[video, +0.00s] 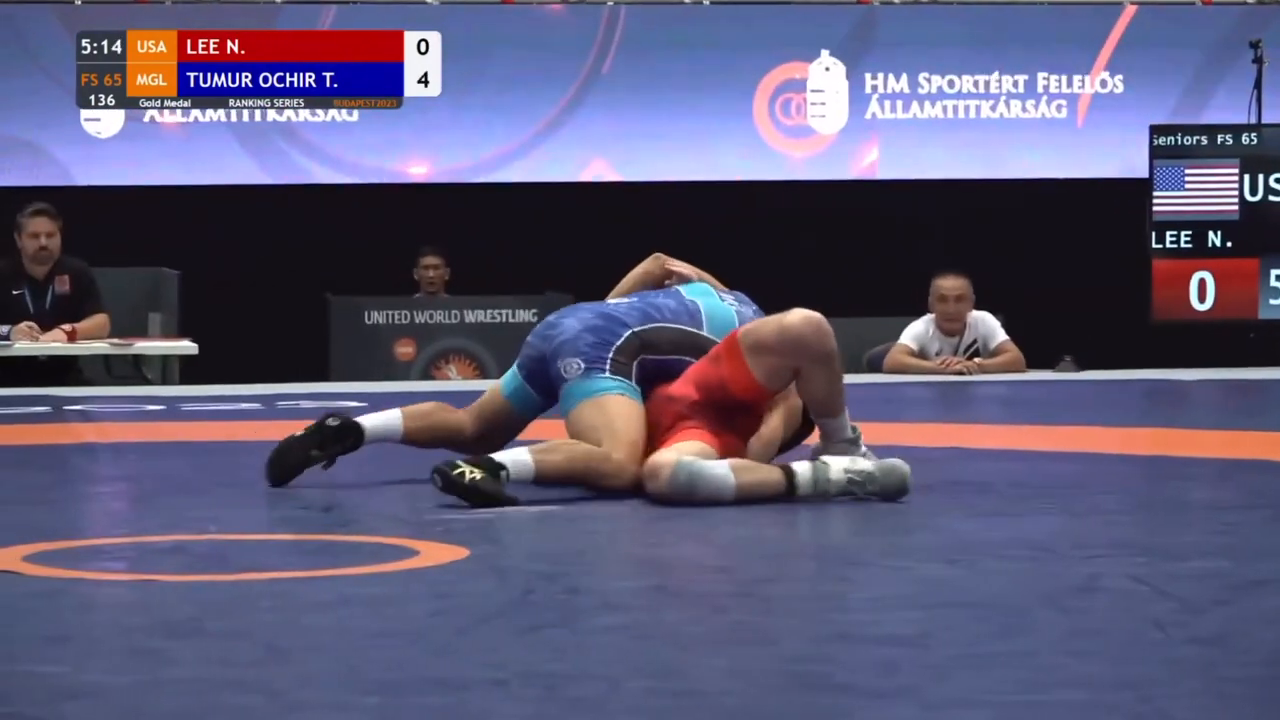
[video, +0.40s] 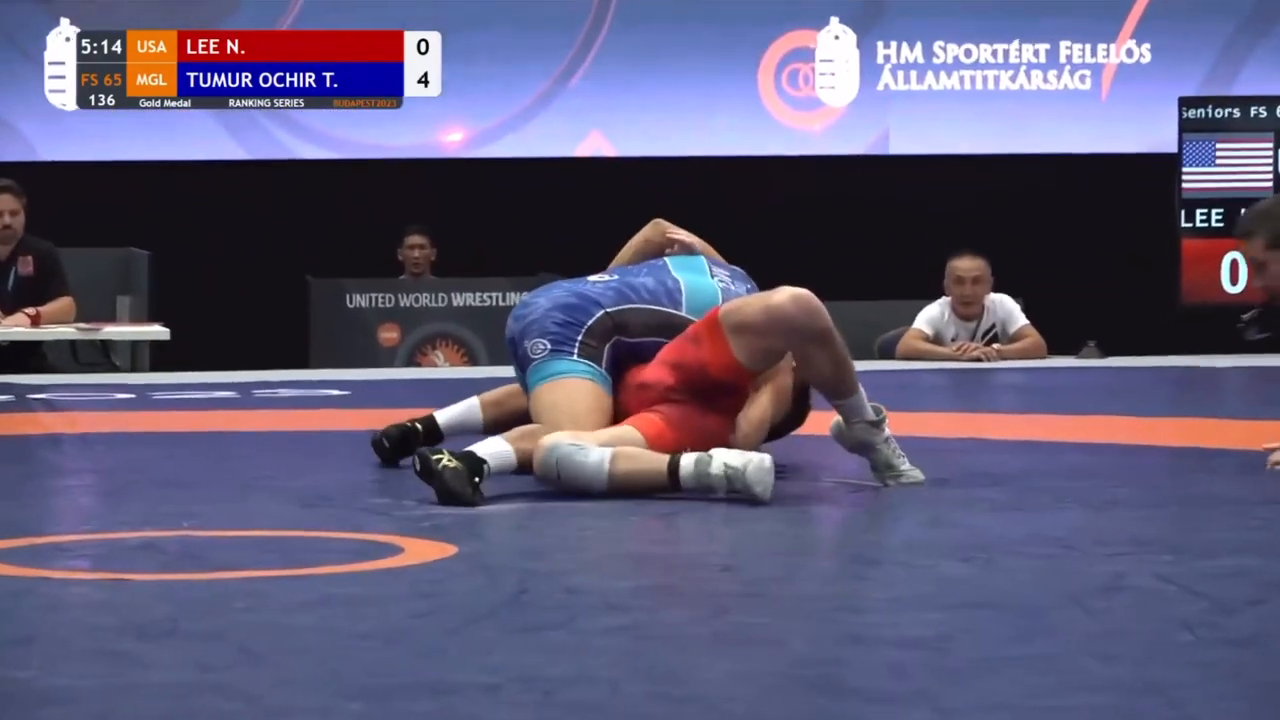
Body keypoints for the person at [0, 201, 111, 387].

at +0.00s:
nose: (43, 243)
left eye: (50, 236)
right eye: (34, 237)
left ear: (60, 237)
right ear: (18, 239)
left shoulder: (77, 273)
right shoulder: (5, 275)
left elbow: (101, 325)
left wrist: (65, 332)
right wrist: (8, 332)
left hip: (64, 377)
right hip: (13, 378)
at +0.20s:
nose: (30, 235)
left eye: (37, 227)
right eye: (21, 227)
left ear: (47, 228)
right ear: (5, 231)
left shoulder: (64, 265)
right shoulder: (3, 268)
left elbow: (90, 318)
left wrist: (52, 325)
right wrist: (2, 326)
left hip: (52, 371)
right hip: (6, 372)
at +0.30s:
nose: (18, 229)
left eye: (26, 221)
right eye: (9, 221)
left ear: (36, 222)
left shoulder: (53, 259)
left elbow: (80, 314)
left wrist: (41, 320)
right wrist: (1, 320)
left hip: (40, 368)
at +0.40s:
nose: (6, 222)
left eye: (14, 214)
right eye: (0, 214)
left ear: (24, 215)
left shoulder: (41, 253)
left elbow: (67, 309)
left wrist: (27, 316)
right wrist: (5, 321)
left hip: (24, 362)